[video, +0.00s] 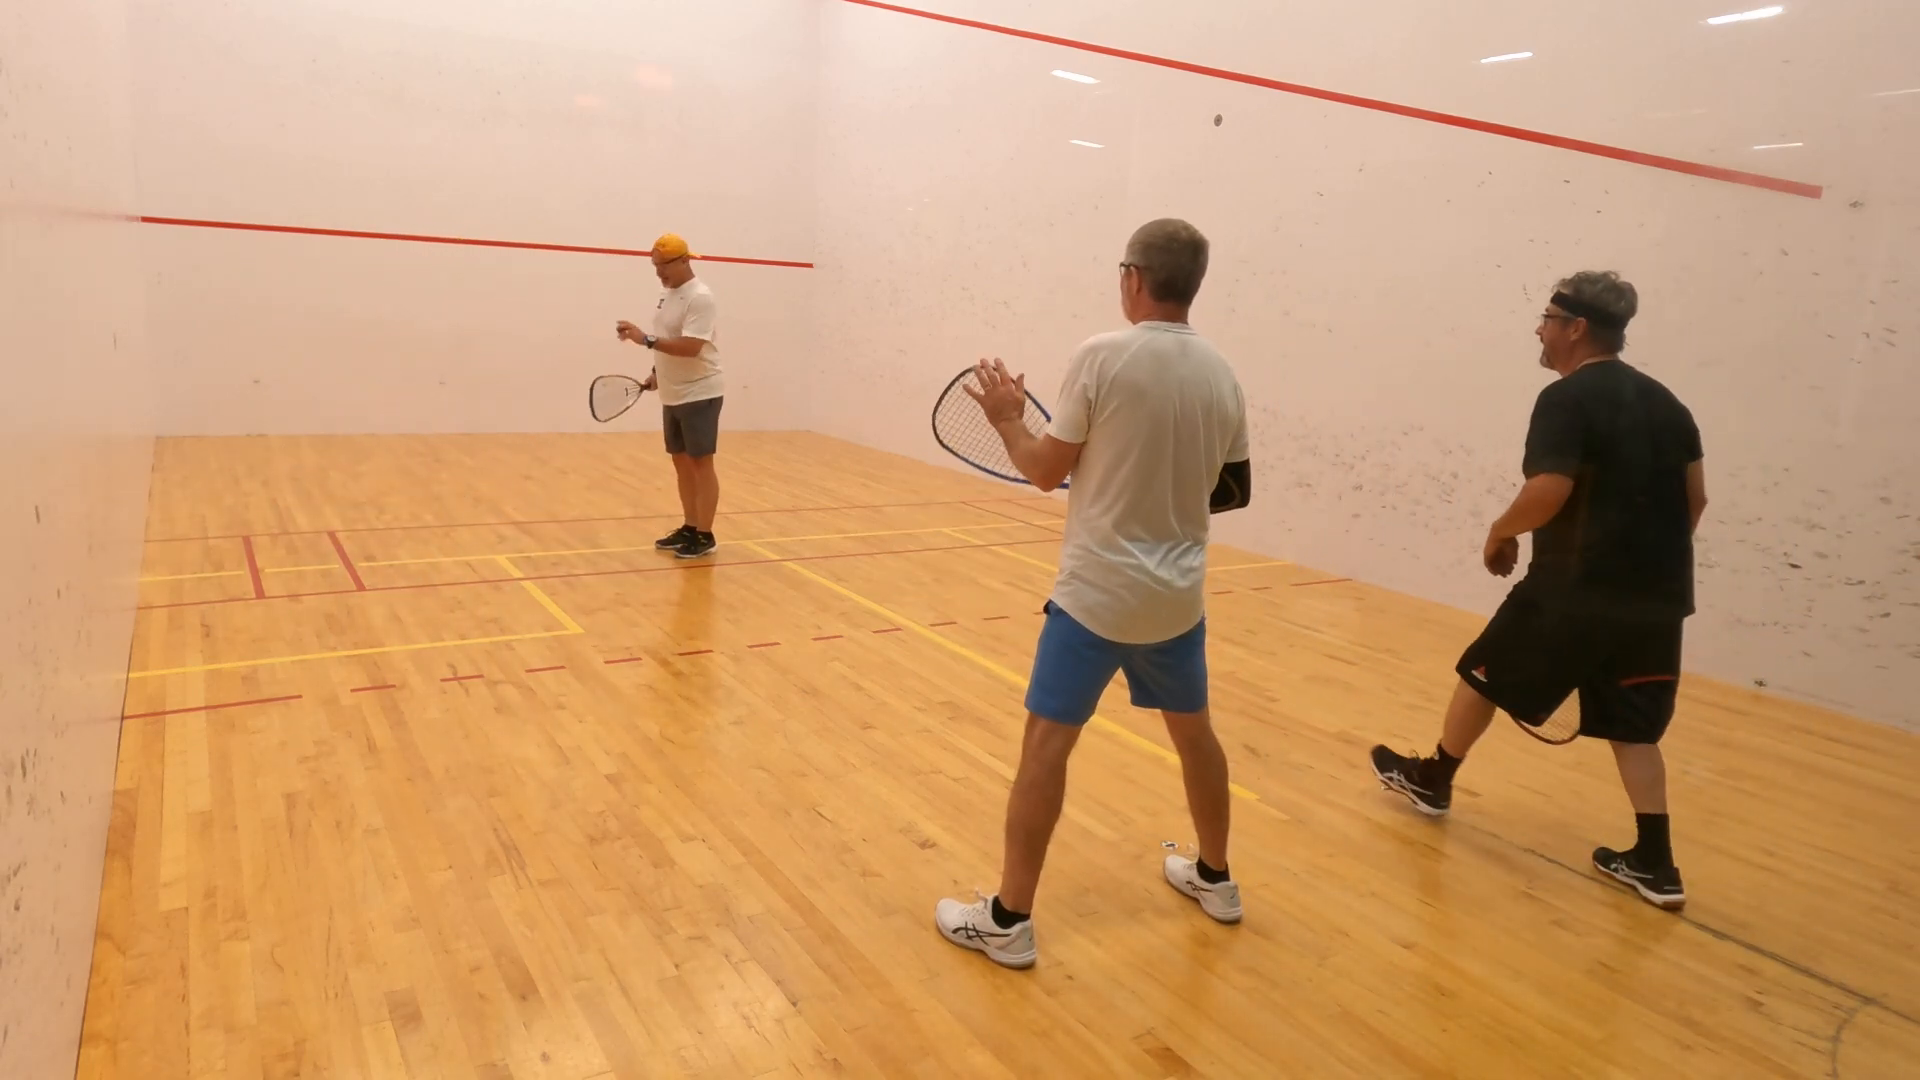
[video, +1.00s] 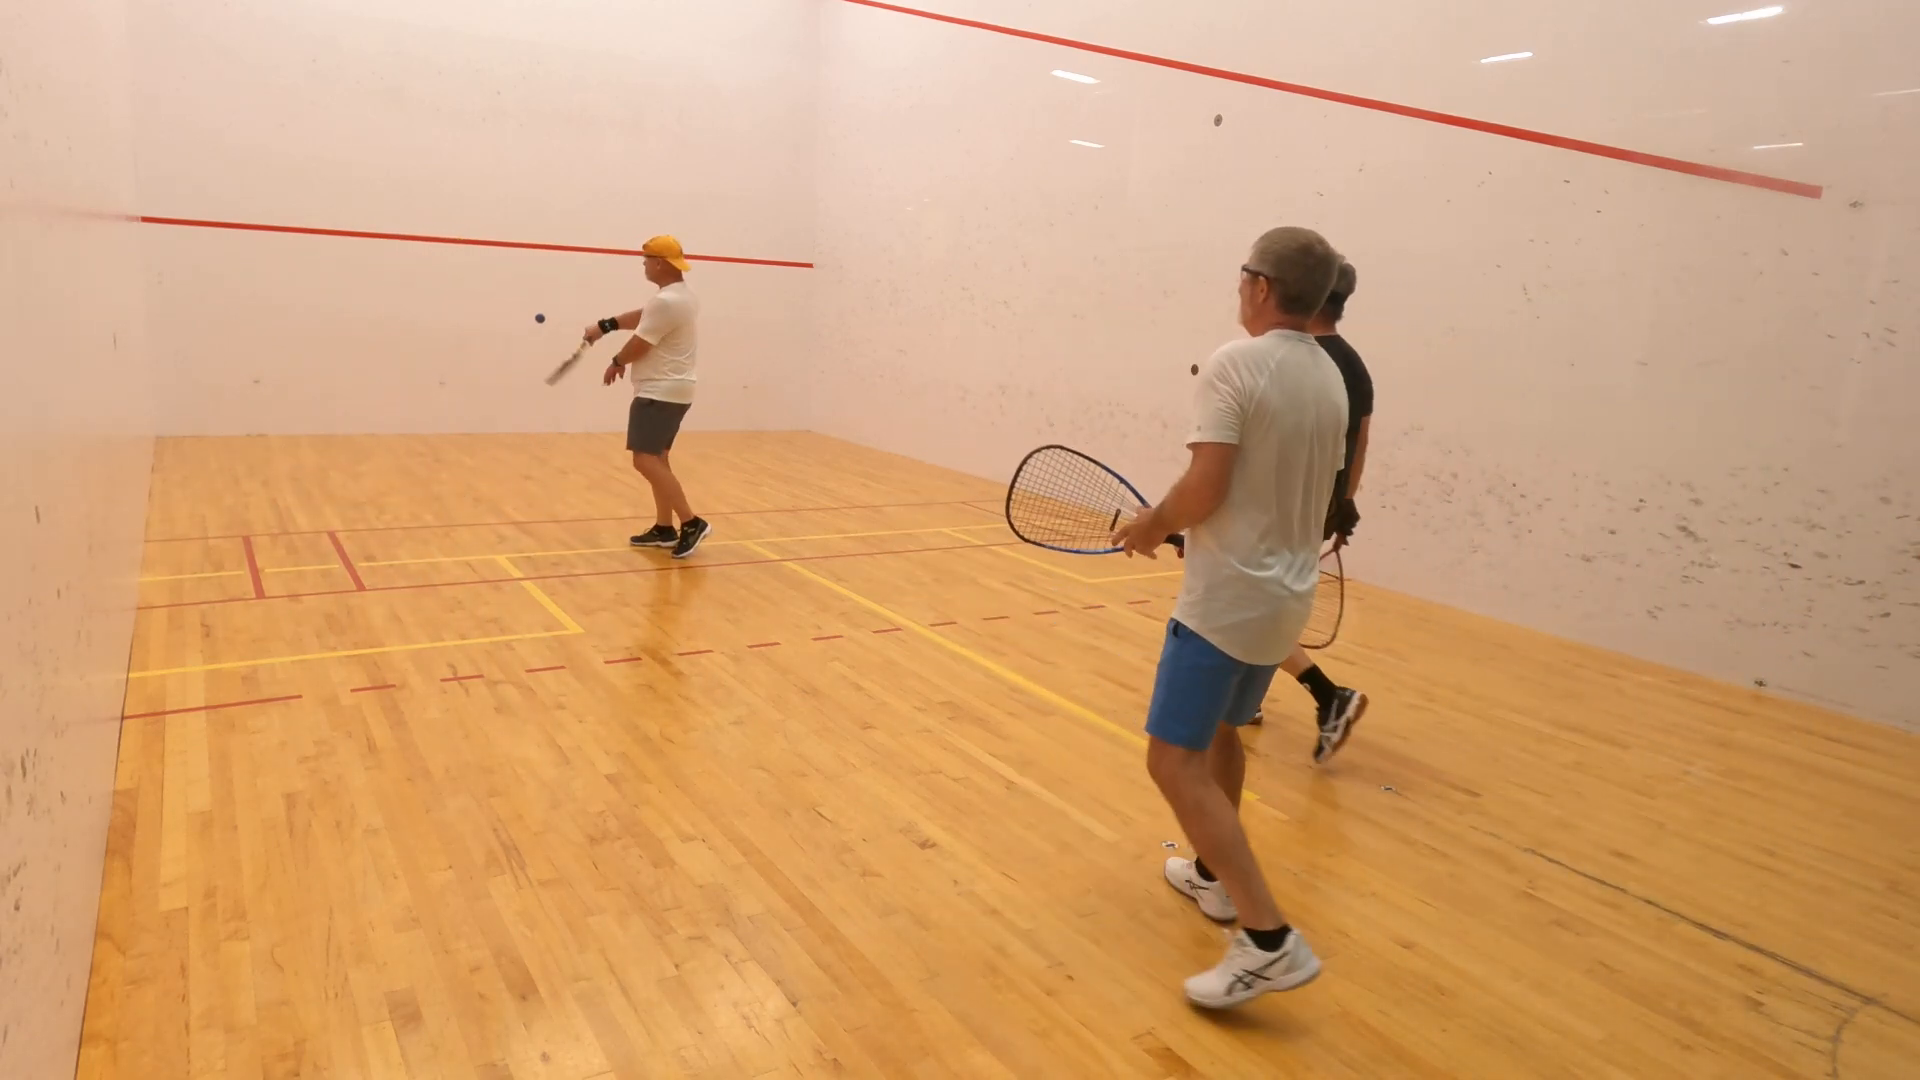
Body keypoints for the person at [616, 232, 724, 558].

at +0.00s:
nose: (658, 274)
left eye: (662, 267)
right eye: (656, 267)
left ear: (682, 263)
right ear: (664, 266)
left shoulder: (701, 297)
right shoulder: (669, 295)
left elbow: (692, 348)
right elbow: (673, 344)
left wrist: (646, 339)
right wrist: (658, 373)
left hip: (700, 394)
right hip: (674, 395)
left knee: (701, 461)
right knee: (682, 460)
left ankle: (705, 534)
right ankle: (691, 528)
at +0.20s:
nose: (653, 277)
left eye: (656, 270)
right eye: (651, 271)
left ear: (677, 265)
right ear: (671, 267)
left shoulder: (694, 299)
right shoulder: (677, 297)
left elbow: (674, 347)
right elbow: (681, 345)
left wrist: (624, 349)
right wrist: (668, 373)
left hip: (703, 393)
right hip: (680, 394)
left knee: (702, 461)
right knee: (679, 458)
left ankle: (705, 535)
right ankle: (690, 528)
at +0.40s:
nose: (648, 279)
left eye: (650, 272)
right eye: (646, 273)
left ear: (670, 267)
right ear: (667, 268)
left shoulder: (690, 300)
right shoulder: (676, 298)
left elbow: (677, 354)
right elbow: (674, 352)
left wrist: (646, 382)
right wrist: (651, 380)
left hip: (702, 395)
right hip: (678, 396)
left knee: (699, 462)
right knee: (662, 454)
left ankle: (705, 535)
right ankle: (681, 523)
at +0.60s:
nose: (642, 276)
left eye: (645, 269)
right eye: (641, 270)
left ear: (664, 267)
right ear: (661, 268)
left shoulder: (686, 300)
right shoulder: (665, 297)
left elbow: (675, 351)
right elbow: (658, 339)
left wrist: (643, 381)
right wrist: (645, 359)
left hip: (696, 393)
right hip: (673, 394)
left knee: (692, 462)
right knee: (664, 456)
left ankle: (703, 535)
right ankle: (666, 528)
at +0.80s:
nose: (637, 271)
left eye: (641, 265)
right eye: (638, 265)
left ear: (661, 266)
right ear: (660, 267)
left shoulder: (679, 302)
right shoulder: (655, 296)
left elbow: (656, 352)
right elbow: (639, 325)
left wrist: (629, 374)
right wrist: (626, 341)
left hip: (685, 392)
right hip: (663, 392)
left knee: (670, 459)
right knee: (654, 456)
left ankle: (698, 529)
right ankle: (664, 527)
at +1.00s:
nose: (644, 266)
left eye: (647, 261)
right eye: (645, 260)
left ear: (662, 265)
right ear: (669, 265)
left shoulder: (665, 302)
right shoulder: (683, 296)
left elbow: (639, 345)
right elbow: (644, 318)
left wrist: (617, 363)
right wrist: (605, 326)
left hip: (658, 394)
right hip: (674, 392)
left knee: (644, 460)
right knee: (657, 458)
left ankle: (691, 523)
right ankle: (664, 527)